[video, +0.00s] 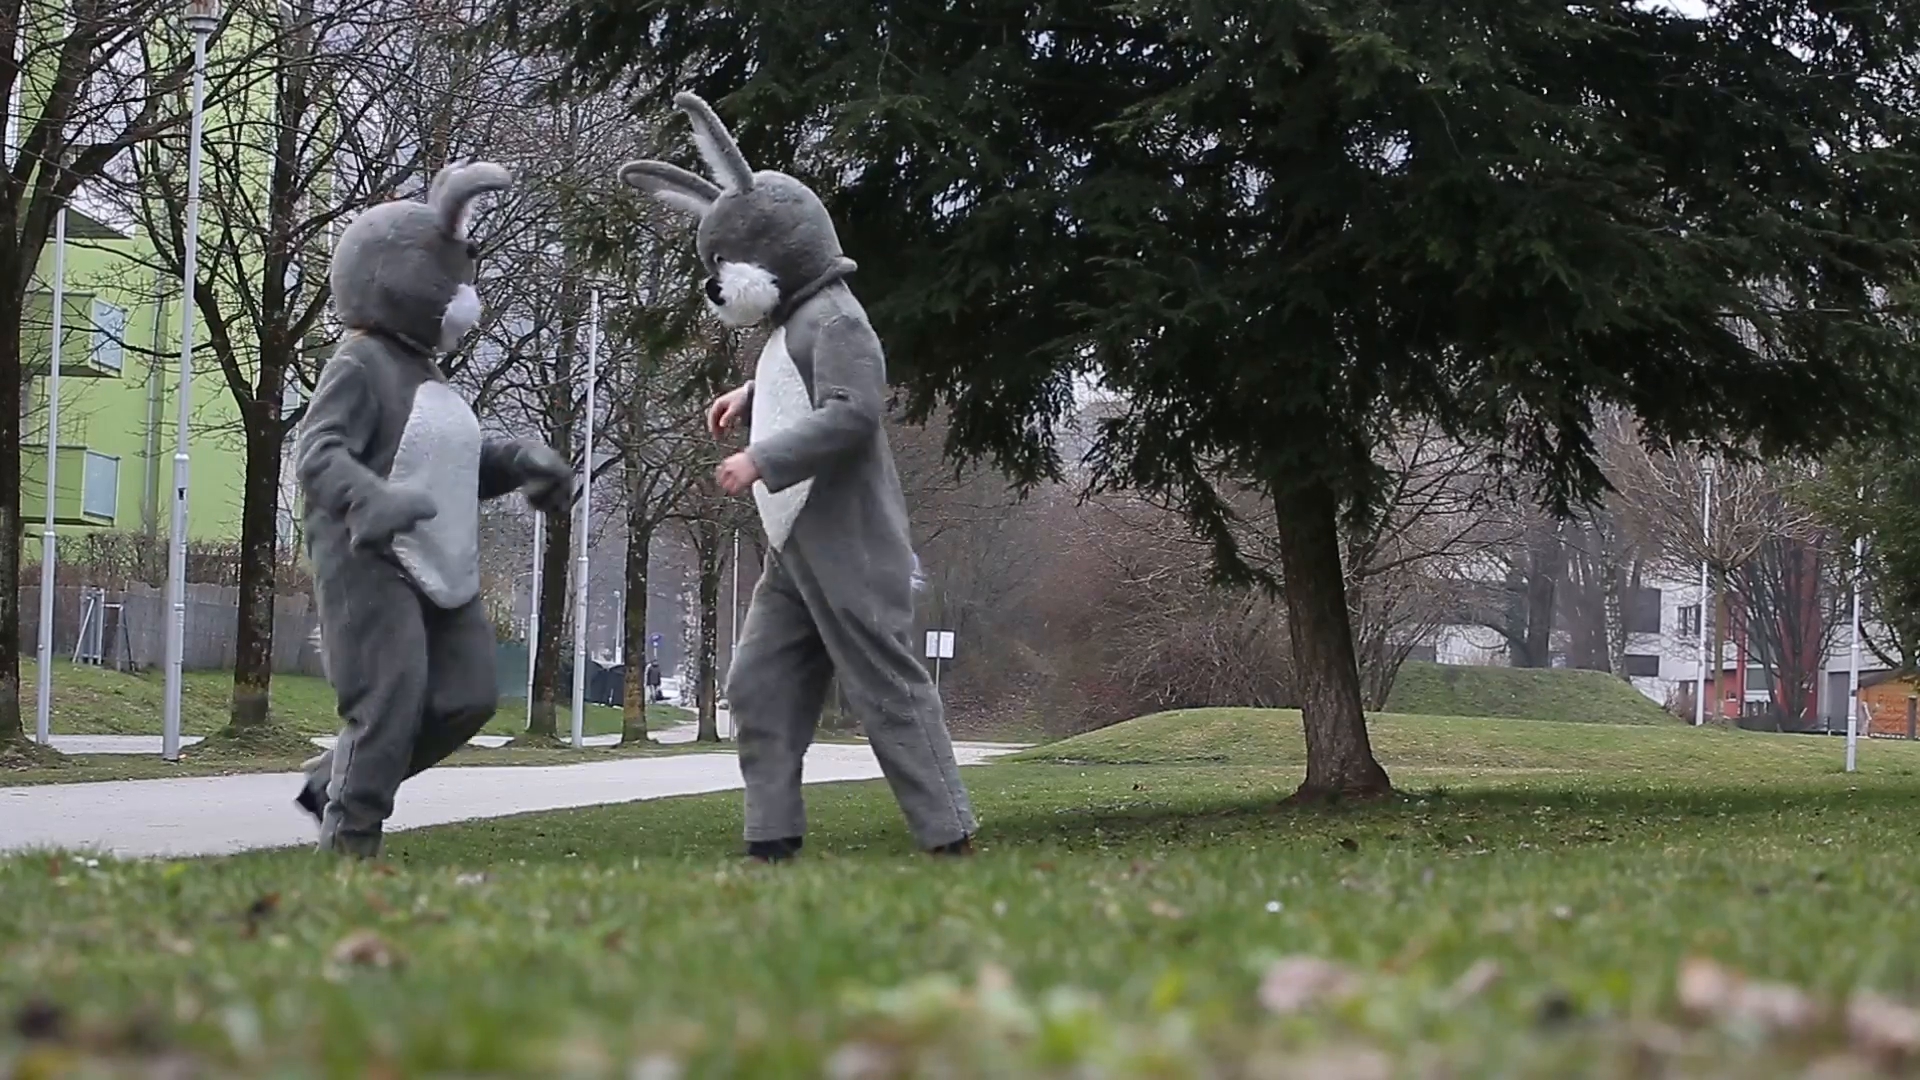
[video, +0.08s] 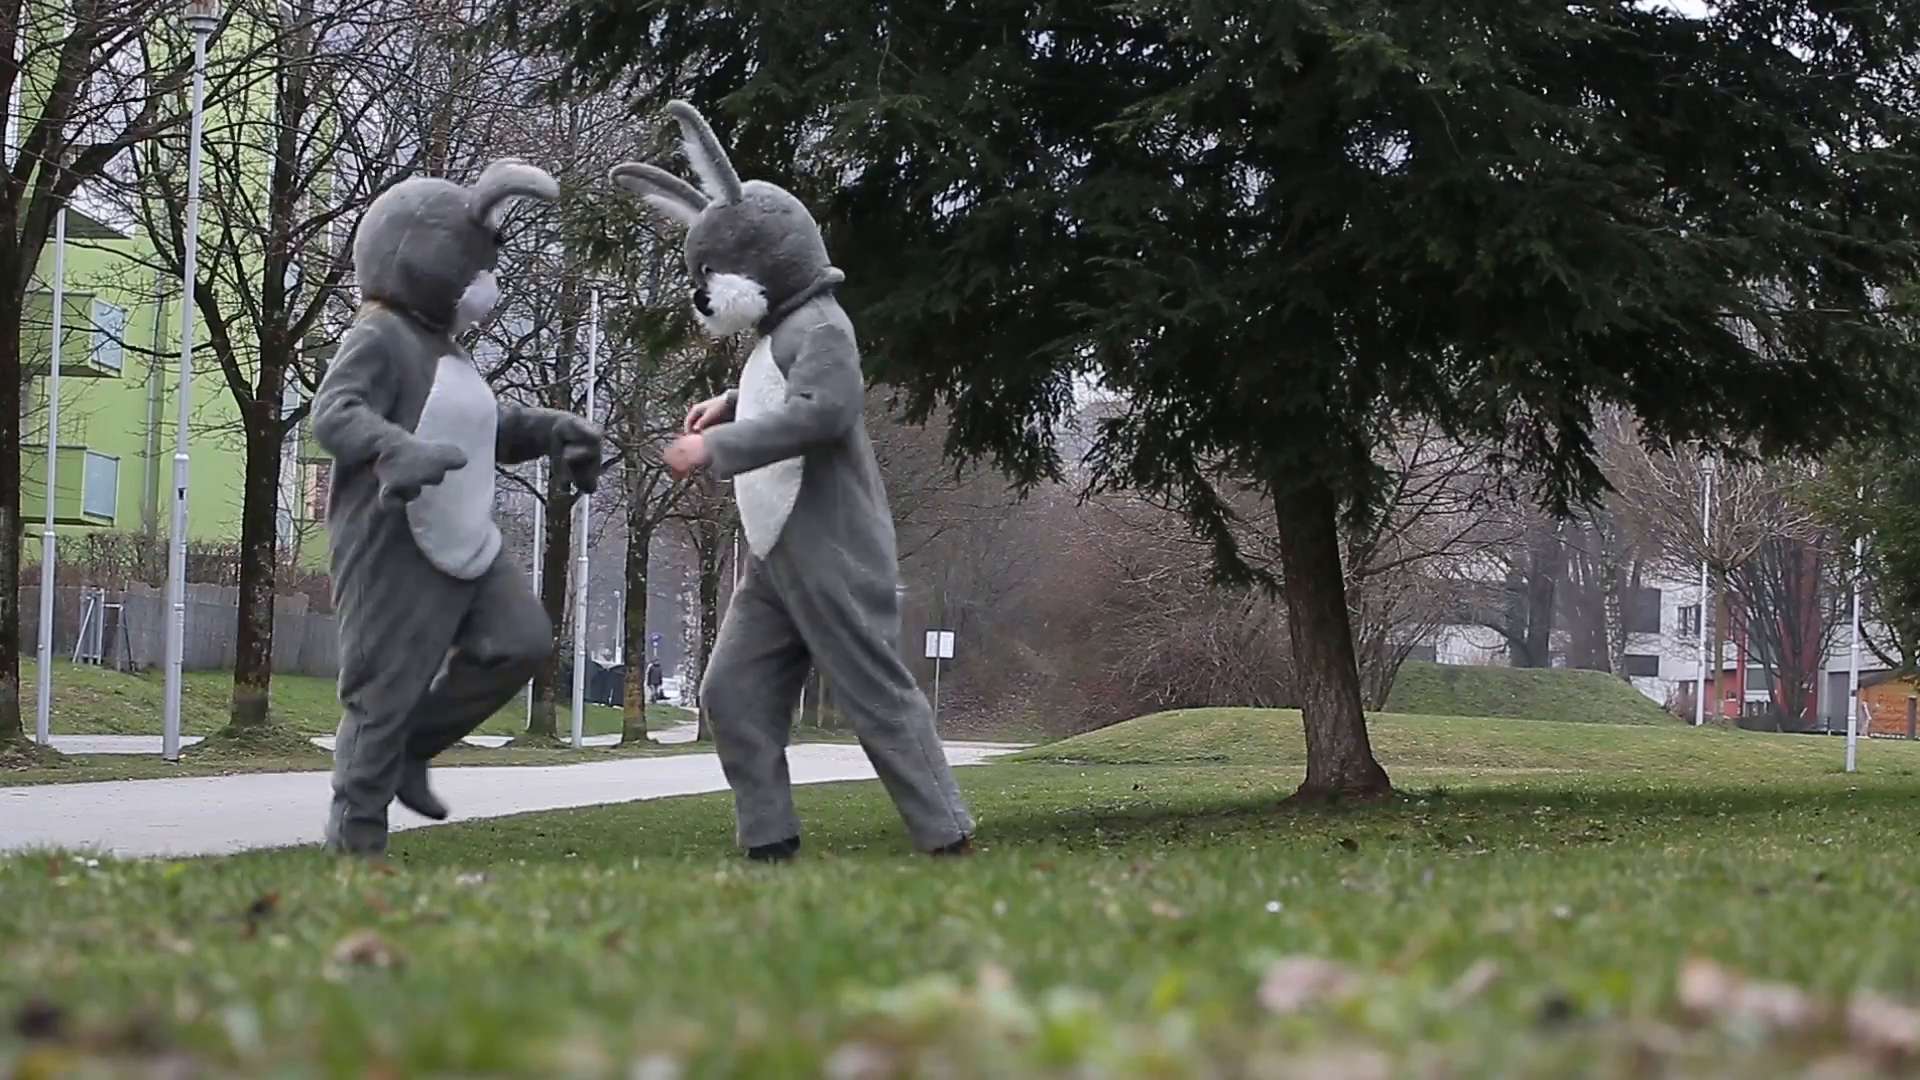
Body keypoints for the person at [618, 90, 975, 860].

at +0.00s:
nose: (723, 283)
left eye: (729, 264)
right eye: (720, 269)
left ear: (773, 252)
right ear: (770, 256)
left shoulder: (832, 316)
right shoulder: (793, 323)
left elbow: (853, 414)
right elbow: (804, 391)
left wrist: (761, 459)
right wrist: (751, 398)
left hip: (851, 542)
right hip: (799, 546)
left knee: (888, 686)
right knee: (761, 683)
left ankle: (948, 834)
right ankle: (774, 840)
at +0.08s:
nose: (709, 292)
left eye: (715, 274)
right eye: (706, 277)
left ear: (759, 263)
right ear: (761, 263)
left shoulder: (816, 328)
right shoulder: (781, 332)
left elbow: (822, 414)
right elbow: (785, 399)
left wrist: (715, 448)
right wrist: (727, 406)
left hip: (837, 551)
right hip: (779, 556)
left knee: (878, 694)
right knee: (733, 691)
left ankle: (947, 836)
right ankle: (772, 842)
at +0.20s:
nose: (677, 297)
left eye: (689, 279)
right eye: (676, 282)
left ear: (738, 271)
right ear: (727, 276)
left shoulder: (786, 332)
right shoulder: (739, 346)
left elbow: (750, 398)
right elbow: (705, 409)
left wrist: (643, 402)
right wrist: (636, 421)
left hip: (790, 559)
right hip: (737, 564)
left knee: (811, 698)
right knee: (710, 711)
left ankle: (920, 825)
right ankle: (769, 849)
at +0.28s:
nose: (657, 284)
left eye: (665, 264)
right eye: (655, 270)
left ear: (708, 253)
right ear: (707, 260)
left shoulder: (762, 314)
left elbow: (700, 371)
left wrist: (601, 396)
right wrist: (635, 386)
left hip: (762, 525)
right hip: (714, 532)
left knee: (738, 677)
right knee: (713, 692)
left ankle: (860, 796)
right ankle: (767, 846)